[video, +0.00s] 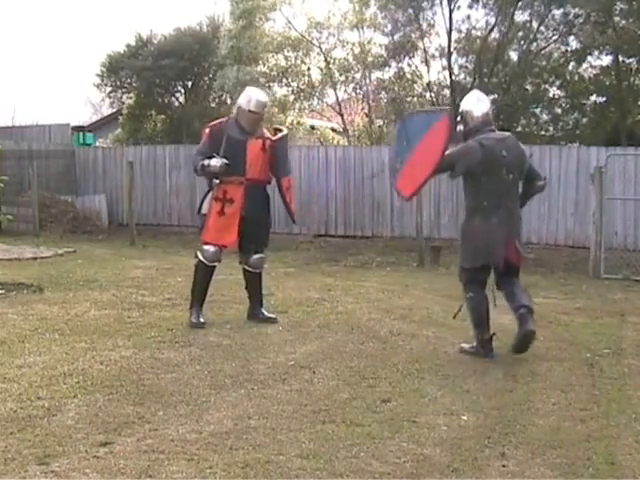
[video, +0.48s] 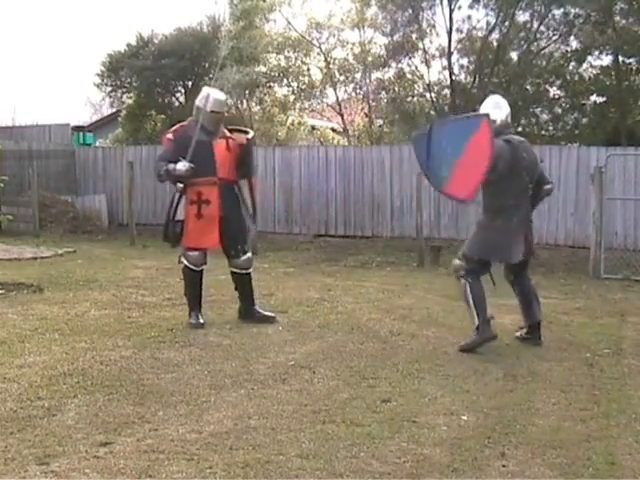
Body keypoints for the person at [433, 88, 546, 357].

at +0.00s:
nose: (463, 123)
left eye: (464, 118)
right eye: (463, 118)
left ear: (471, 118)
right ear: (490, 116)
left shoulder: (473, 148)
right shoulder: (513, 145)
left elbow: (435, 165)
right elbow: (536, 182)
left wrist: (452, 139)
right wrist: (516, 203)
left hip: (479, 226)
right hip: (509, 224)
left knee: (473, 283)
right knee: (508, 278)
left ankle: (483, 343)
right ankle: (525, 320)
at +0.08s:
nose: (465, 121)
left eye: (466, 116)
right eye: (465, 116)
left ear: (472, 117)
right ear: (492, 115)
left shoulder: (474, 147)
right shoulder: (514, 143)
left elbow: (437, 157)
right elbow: (537, 180)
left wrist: (454, 133)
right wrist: (522, 203)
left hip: (481, 224)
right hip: (510, 222)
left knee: (475, 281)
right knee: (509, 275)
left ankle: (484, 342)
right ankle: (533, 322)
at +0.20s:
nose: (468, 123)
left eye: (470, 118)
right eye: (468, 118)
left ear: (477, 117)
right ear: (496, 116)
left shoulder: (475, 146)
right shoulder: (516, 144)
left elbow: (443, 151)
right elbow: (541, 180)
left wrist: (457, 132)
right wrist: (528, 202)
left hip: (484, 225)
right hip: (513, 224)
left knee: (479, 281)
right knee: (516, 276)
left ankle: (484, 341)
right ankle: (534, 331)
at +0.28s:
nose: (472, 124)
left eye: (475, 119)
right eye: (473, 119)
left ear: (480, 120)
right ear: (499, 119)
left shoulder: (481, 148)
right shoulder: (518, 146)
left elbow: (451, 155)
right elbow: (543, 183)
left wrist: (461, 131)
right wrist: (531, 204)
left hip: (488, 223)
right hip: (516, 222)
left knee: (479, 280)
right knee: (518, 275)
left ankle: (484, 340)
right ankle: (533, 330)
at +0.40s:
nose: (480, 124)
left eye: (482, 120)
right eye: (480, 120)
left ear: (490, 120)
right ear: (505, 119)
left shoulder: (487, 147)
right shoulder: (521, 147)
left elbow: (474, 165)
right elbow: (544, 185)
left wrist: (472, 131)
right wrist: (529, 209)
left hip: (492, 226)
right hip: (517, 225)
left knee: (476, 277)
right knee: (518, 275)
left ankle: (483, 336)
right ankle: (533, 329)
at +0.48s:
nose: (482, 124)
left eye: (484, 120)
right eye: (482, 120)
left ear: (492, 120)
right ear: (508, 118)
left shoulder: (494, 147)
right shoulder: (524, 147)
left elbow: (475, 175)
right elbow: (543, 184)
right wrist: (526, 208)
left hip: (494, 223)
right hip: (520, 222)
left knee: (468, 269)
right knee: (517, 272)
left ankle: (482, 326)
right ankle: (533, 328)